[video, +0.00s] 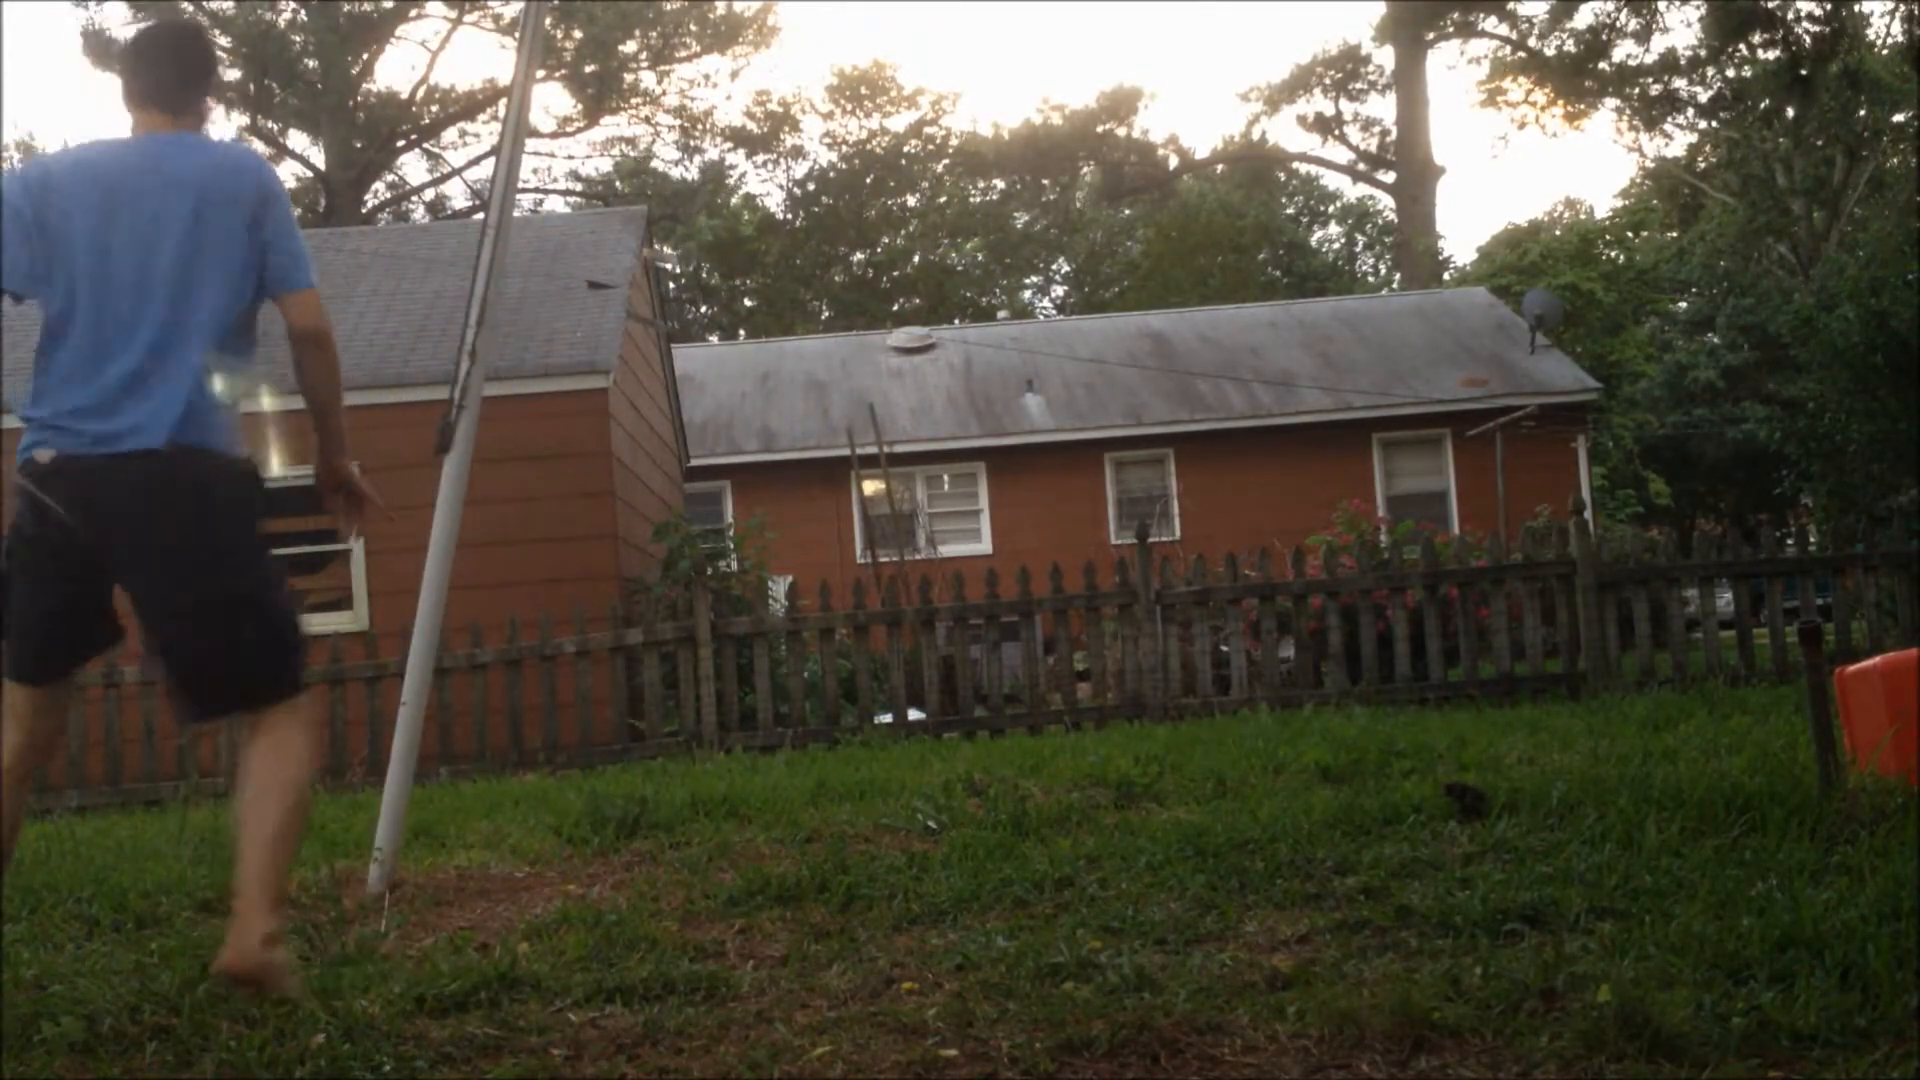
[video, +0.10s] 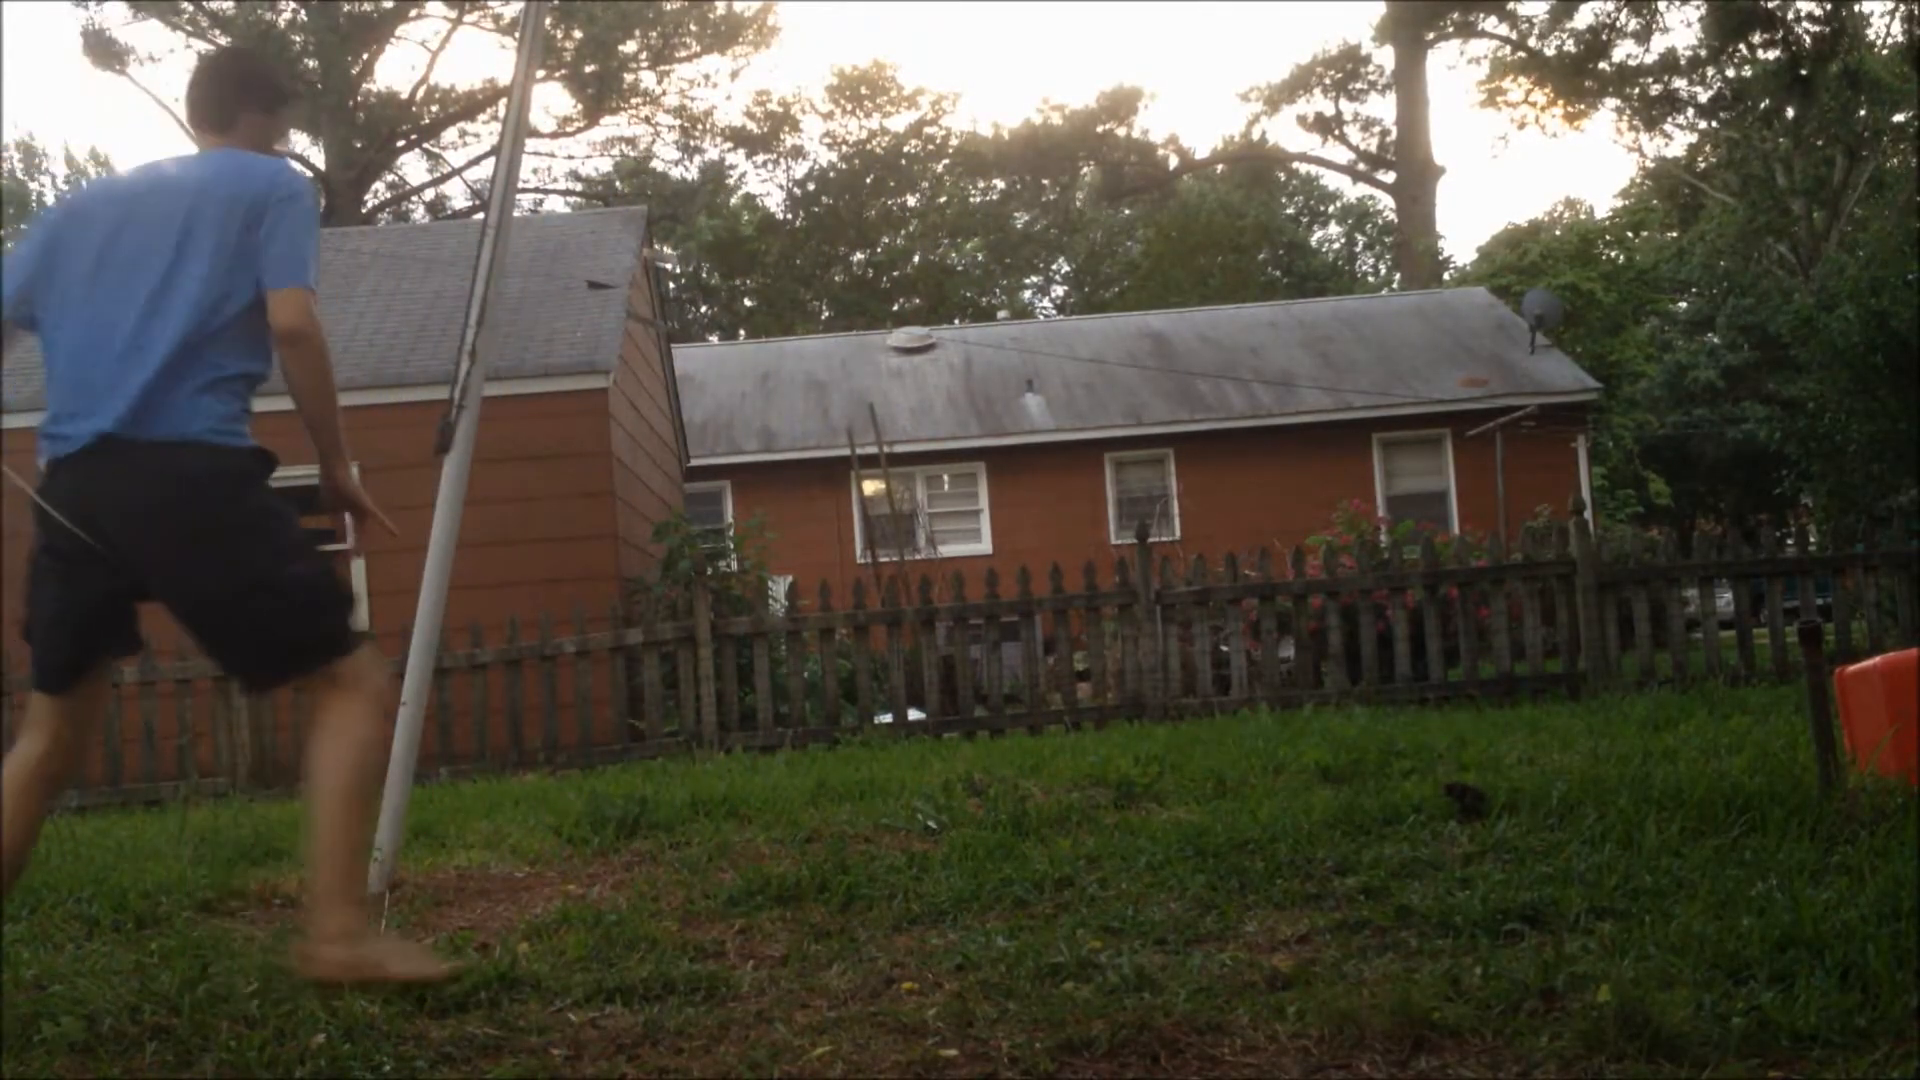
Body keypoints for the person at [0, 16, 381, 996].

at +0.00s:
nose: (189, 106)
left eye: (142, 84)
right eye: (206, 91)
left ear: (126, 91)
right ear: (208, 94)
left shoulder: (48, 182)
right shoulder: (245, 177)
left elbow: (2, 289)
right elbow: (309, 324)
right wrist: (333, 457)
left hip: (59, 482)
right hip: (191, 484)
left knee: (20, 722)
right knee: (279, 709)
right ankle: (253, 932)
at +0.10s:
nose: (284, 143)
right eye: (283, 129)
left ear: (194, 117)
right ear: (265, 118)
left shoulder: (85, 203)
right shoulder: (275, 184)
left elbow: (4, 306)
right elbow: (294, 323)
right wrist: (337, 467)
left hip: (74, 489)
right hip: (201, 483)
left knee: (47, 730)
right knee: (351, 680)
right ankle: (338, 930)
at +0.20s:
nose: (372, 161)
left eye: (376, 143)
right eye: (368, 141)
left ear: (274, 130)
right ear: (325, 128)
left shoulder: (185, 212)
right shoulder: (315, 190)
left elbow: (74, 347)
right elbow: (293, 315)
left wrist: (112, 462)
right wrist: (362, 473)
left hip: (113, 487)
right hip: (215, 482)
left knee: (81, 743)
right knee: (418, 686)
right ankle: (474, 930)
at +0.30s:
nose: (458, 149)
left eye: (458, 129)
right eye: (450, 129)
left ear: (372, 130)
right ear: (400, 125)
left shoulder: (306, 203)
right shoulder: (367, 190)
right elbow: (310, 324)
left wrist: (365, 495)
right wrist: (386, 467)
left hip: (212, 503)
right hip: (280, 500)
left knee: (154, 741)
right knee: (471, 697)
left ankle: (6, 886)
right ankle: (504, 955)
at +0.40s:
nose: (535, 132)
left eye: (533, 112)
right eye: (524, 111)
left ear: (461, 115)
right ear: (466, 112)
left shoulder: (439, 208)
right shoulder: (406, 188)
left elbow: (385, 346)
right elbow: (345, 322)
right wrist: (415, 464)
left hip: (355, 501)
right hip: (359, 498)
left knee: (337, 744)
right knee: (539, 701)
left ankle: (98, 873)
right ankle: (516, 957)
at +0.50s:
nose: (579, 87)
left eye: (576, 66)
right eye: (566, 66)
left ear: (510, 74)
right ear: (507, 73)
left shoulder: (497, 182)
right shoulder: (442, 163)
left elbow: (470, 335)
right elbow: (376, 303)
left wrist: (514, 463)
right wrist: (429, 430)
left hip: (474, 470)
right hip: (434, 473)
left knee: (521, 705)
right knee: (563, 699)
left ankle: (330, 811)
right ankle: (519, 957)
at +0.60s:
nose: (600, 27)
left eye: (596, 11)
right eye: (586, 9)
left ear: (532, 22)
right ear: (526, 15)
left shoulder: (535, 138)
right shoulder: (459, 113)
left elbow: (536, 305)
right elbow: (398, 251)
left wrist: (642, 311)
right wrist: (439, 385)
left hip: (575, 432)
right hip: (503, 433)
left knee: (705, 597)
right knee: (571, 678)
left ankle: (550, 730)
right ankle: (543, 925)